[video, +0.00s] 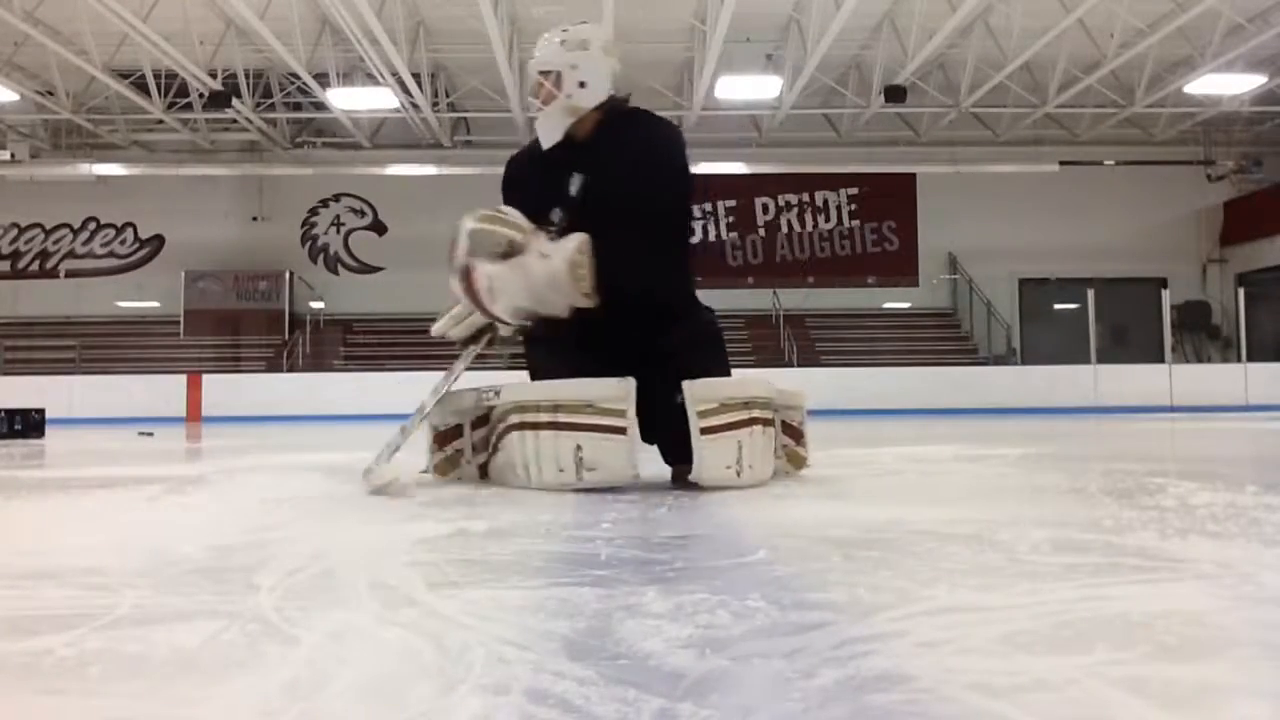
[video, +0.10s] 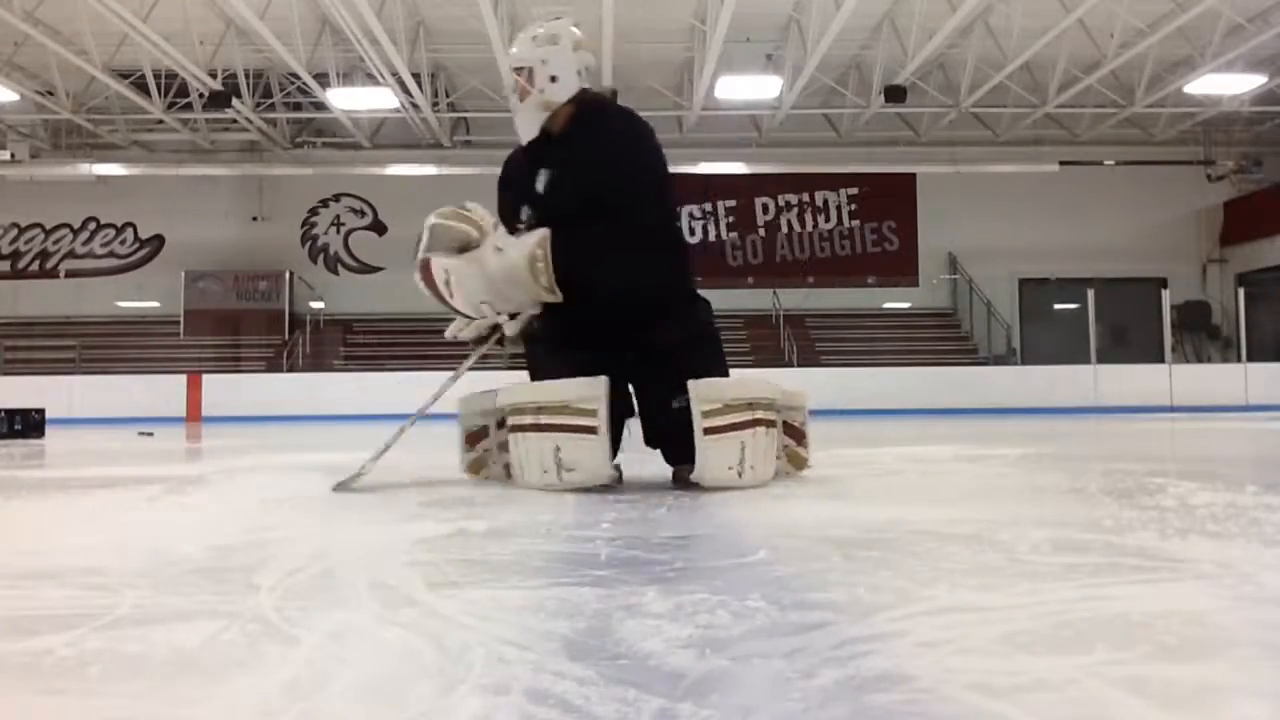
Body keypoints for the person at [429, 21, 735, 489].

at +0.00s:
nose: (537, 92)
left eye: (551, 78)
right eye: (538, 79)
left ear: (587, 82)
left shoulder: (651, 140)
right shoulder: (527, 166)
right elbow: (518, 259)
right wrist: (496, 292)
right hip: (569, 345)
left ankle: (693, 454)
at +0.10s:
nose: (515, 89)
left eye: (524, 76)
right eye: (513, 78)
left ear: (559, 73)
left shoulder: (618, 133)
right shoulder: (521, 166)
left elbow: (631, 241)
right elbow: (520, 253)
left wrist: (528, 266)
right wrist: (491, 296)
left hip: (652, 312)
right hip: (572, 318)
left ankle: (691, 451)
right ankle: (586, 455)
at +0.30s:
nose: (483, 86)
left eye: (493, 73)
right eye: (482, 75)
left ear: (526, 74)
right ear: (491, 82)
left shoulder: (598, 125)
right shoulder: (486, 167)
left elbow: (625, 222)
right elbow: (485, 264)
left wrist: (530, 256)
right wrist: (467, 318)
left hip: (643, 305)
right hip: (563, 318)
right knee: (575, 454)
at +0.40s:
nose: (480, 87)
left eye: (490, 72)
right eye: (479, 75)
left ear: (525, 68)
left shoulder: (601, 119)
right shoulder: (480, 166)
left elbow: (656, 211)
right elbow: (487, 253)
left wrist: (581, 232)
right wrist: (463, 303)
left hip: (633, 300)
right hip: (545, 317)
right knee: (561, 452)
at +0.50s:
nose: (474, 83)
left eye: (482, 68)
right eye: (472, 72)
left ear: (515, 65)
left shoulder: (598, 113)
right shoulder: (474, 162)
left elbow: (653, 206)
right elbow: (487, 251)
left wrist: (572, 230)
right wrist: (464, 299)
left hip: (634, 291)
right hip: (542, 315)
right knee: (532, 436)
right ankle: (622, 434)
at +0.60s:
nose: (457, 90)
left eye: (463, 77)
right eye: (455, 80)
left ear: (493, 75)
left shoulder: (576, 121)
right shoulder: (458, 170)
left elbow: (631, 207)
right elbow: (475, 257)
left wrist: (545, 239)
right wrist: (448, 303)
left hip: (619, 289)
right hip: (530, 313)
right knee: (490, 427)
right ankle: (579, 430)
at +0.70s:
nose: (426, 102)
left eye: (436, 88)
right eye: (422, 92)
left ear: (471, 85)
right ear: (429, 98)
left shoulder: (537, 133)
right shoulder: (425, 184)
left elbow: (601, 216)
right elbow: (444, 262)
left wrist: (534, 245)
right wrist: (416, 302)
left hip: (590, 299)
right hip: (505, 322)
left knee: (617, 383)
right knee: (450, 435)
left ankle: (729, 434)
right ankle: (542, 434)